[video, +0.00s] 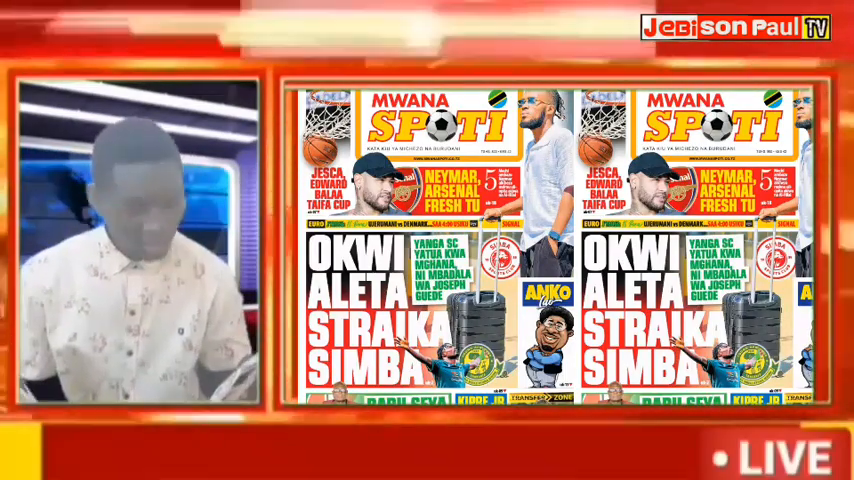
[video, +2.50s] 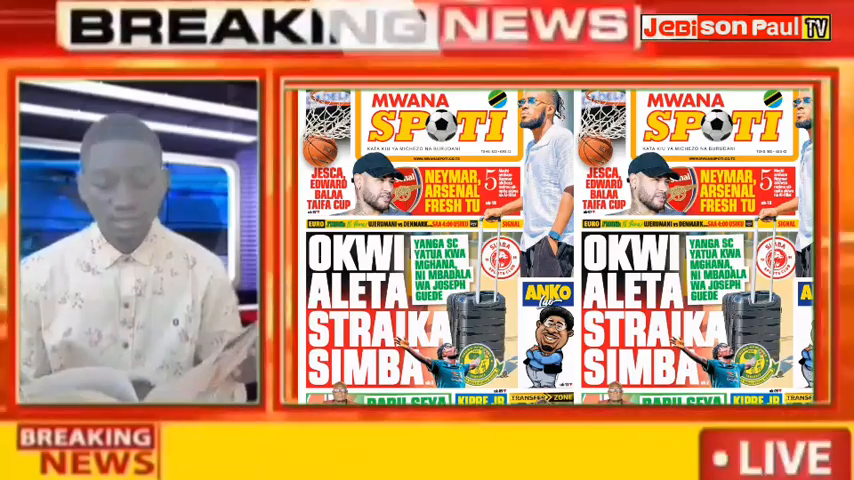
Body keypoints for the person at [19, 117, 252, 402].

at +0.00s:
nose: (155, 224)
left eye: (169, 205)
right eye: (137, 207)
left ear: (184, 195)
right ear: (95, 198)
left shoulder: (213, 278)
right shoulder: (45, 276)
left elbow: (230, 387)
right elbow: (42, 393)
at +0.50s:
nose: (130, 195)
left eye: (147, 176)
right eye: (113, 177)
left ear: (171, 183)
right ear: (86, 185)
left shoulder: (210, 273)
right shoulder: (38, 274)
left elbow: (231, 381)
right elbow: (36, 393)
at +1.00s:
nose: (114, 208)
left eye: (134, 192)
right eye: (100, 189)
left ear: (168, 189)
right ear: (83, 187)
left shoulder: (207, 273)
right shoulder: (37, 275)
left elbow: (234, 379)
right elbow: (36, 393)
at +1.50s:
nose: (127, 187)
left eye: (143, 171)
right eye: (110, 173)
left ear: (169, 184)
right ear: (86, 187)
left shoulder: (208, 274)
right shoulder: (39, 276)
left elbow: (231, 385)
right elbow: (28, 394)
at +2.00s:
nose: (127, 184)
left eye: (145, 169)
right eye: (107, 170)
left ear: (167, 181)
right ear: (85, 186)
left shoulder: (206, 272)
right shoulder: (40, 274)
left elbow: (232, 386)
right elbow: (20, 390)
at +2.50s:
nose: (124, 201)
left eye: (141, 182)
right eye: (104, 184)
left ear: (164, 181)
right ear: (81, 187)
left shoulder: (205, 273)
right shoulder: (36, 277)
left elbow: (229, 391)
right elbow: (25, 394)